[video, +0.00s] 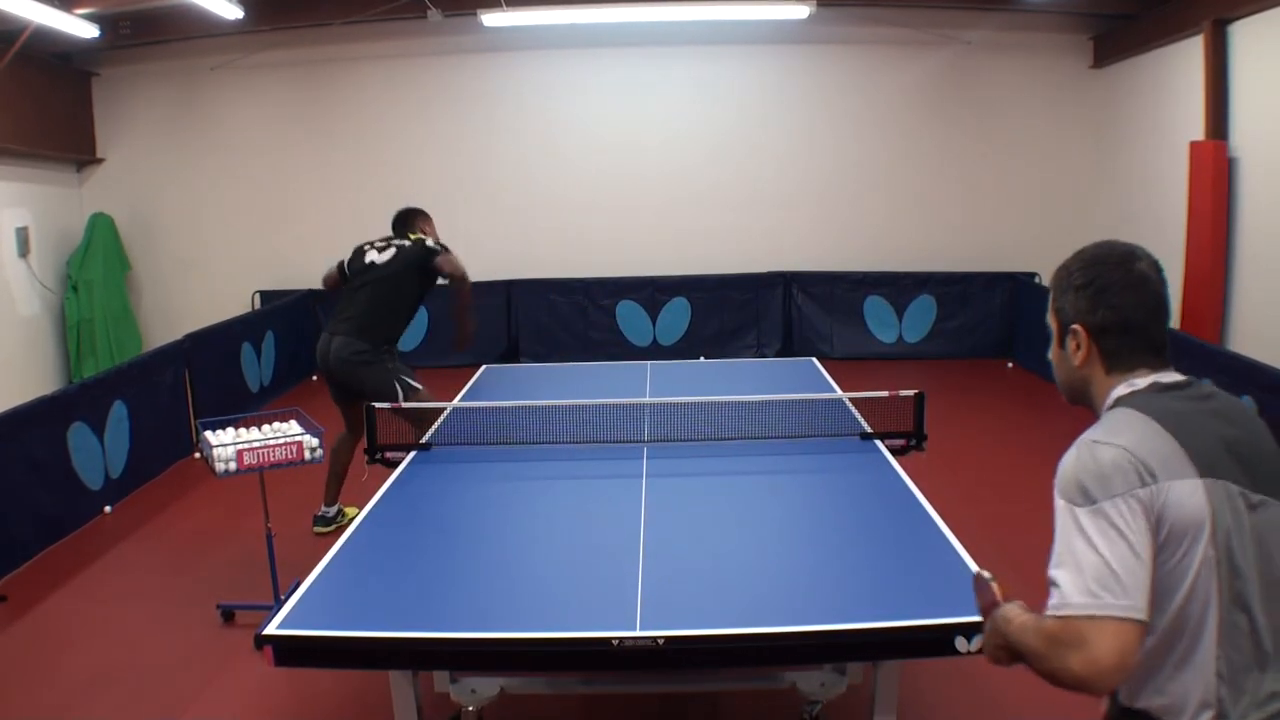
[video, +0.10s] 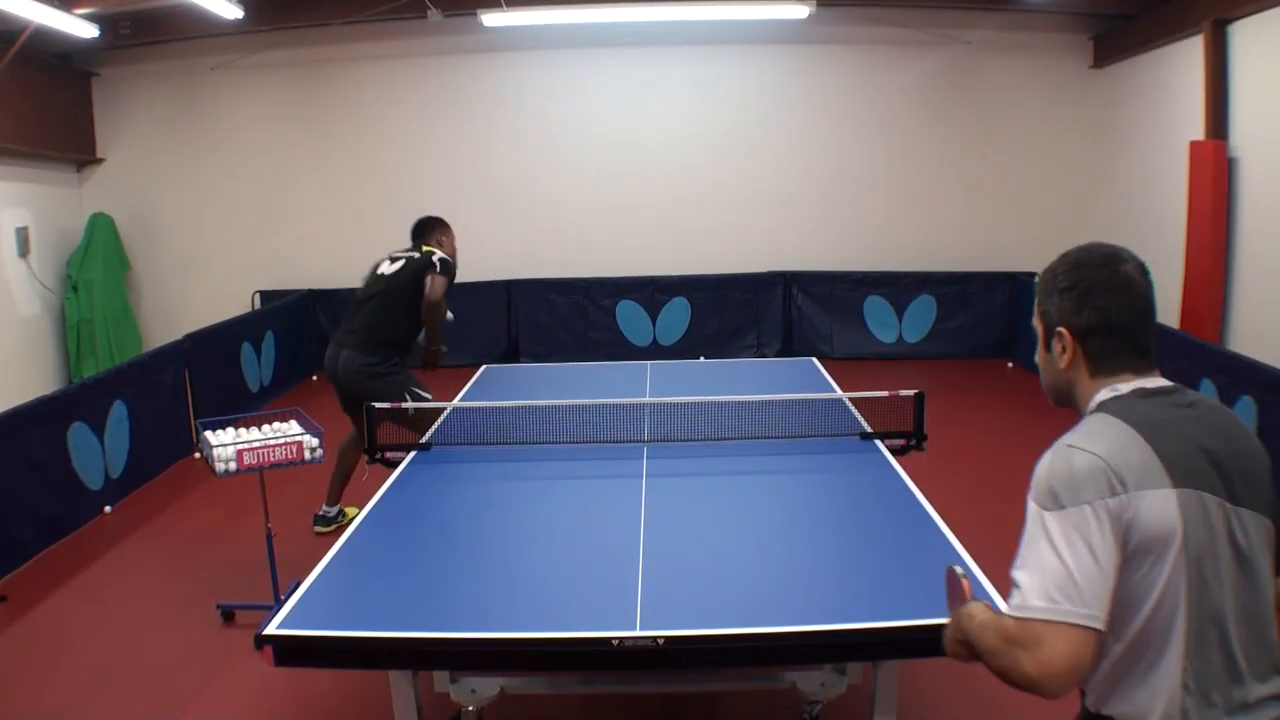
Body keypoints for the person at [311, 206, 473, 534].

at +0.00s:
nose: (435, 234)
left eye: (432, 229)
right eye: (432, 229)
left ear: (399, 231)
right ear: (422, 228)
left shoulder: (367, 249)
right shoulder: (424, 247)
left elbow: (329, 280)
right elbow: (458, 272)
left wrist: (364, 281)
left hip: (329, 351)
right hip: (366, 353)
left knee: (353, 427)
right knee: (433, 421)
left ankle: (328, 511)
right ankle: (444, 503)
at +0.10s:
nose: (454, 247)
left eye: (452, 241)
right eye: (452, 241)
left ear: (419, 240)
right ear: (442, 238)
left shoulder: (391, 259)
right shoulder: (439, 259)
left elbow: (370, 301)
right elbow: (433, 298)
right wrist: (435, 346)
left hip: (340, 360)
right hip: (373, 366)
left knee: (363, 430)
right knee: (443, 428)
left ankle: (329, 511)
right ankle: (440, 509)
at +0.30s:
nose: (489, 254)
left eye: (495, 250)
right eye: (483, 245)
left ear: (498, 252)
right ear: (463, 239)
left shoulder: (461, 273)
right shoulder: (437, 266)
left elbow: (442, 307)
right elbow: (386, 293)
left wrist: (451, 337)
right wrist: (410, 348)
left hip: (407, 363)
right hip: (384, 364)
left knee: (418, 432)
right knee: (446, 417)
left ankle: (353, 482)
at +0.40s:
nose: (490, 241)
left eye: (497, 236)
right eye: (484, 231)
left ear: (502, 238)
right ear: (466, 226)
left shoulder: (480, 257)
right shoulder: (436, 253)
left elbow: (473, 285)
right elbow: (382, 289)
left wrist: (480, 309)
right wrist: (413, 338)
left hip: (434, 347)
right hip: (399, 349)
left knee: (454, 410)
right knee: (441, 417)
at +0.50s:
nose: (496, 232)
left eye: (504, 226)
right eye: (489, 223)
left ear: (510, 226)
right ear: (472, 218)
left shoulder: (495, 250)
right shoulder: (438, 247)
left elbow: (491, 275)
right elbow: (388, 283)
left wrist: (507, 301)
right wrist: (426, 327)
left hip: (449, 331)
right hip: (411, 330)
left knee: (470, 391)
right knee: (436, 402)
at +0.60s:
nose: (505, 237)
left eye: (512, 231)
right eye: (498, 229)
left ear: (518, 232)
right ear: (480, 226)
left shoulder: (508, 259)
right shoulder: (448, 255)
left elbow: (513, 285)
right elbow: (399, 289)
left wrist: (534, 305)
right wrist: (440, 329)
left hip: (469, 339)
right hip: (428, 339)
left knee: (499, 393)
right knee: (440, 415)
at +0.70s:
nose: (520, 244)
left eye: (527, 238)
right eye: (513, 236)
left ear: (532, 240)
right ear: (495, 235)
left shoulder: (529, 270)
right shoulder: (463, 263)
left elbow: (536, 298)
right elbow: (414, 295)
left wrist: (561, 317)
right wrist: (453, 336)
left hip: (495, 352)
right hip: (451, 351)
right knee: (452, 417)